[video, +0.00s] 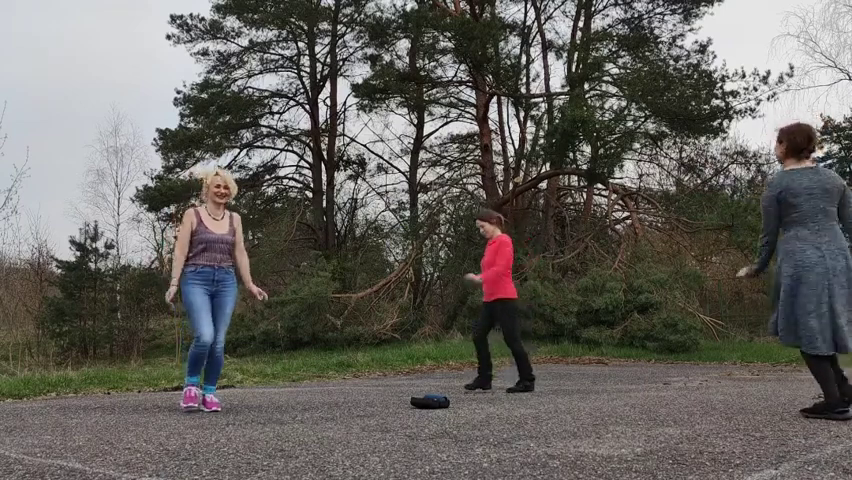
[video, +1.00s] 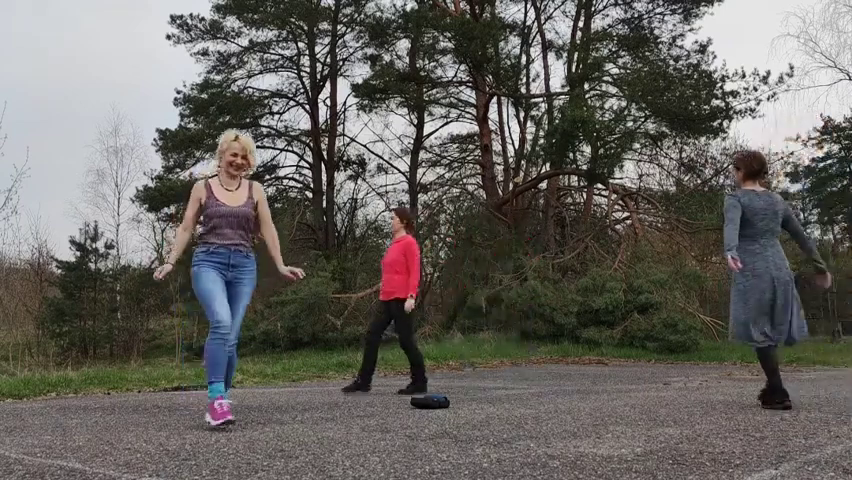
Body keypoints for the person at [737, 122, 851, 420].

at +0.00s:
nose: (775, 148)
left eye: (777, 144)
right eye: (776, 143)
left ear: (785, 147)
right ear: (808, 147)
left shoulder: (777, 182)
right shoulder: (834, 179)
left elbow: (769, 235)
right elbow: (847, 225)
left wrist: (759, 266)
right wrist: (844, 249)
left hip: (801, 260)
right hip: (837, 257)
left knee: (804, 330)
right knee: (824, 326)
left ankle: (833, 401)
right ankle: (840, 383)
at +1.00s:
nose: (733, 174)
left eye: (734, 170)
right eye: (733, 169)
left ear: (741, 172)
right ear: (761, 172)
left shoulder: (735, 198)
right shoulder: (777, 200)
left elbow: (731, 224)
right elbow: (800, 235)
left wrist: (730, 250)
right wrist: (819, 263)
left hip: (752, 270)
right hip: (780, 269)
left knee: (758, 329)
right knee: (771, 327)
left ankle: (778, 393)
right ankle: (772, 388)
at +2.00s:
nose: (692, 202)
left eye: (695, 198)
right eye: (693, 198)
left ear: (705, 199)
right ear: (716, 200)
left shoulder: (692, 227)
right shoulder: (731, 226)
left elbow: (662, 224)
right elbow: (718, 220)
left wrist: (654, 201)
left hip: (690, 282)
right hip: (716, 282)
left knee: (685, 332)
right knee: (715, 331)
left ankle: (686, 385)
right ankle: (731, 376)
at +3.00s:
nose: (709, 194)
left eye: (711, 190)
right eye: (709, 190)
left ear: (719, 190)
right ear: (733, 190)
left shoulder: (717, 210)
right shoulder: (751, 211)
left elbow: (727, 228)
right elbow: (782, 233)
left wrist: (735, 252)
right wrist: (805, 259)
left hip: (740, 275)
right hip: (761, 273)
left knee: (756, 329)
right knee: (739, 327)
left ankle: (782, 387)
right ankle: (744, 383)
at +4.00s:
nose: (700, 207)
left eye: (702, 201)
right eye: (700, 202)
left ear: (712, 200)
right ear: (720, 199)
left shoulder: (709, 225)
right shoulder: (744, 220)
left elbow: (684, 243)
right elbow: (769, 237)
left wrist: (652, 247)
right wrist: (793, 246)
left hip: (715, 283)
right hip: (742, 280)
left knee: (723, 334)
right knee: (751, 331)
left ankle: (733, 384)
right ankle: (770, 372)